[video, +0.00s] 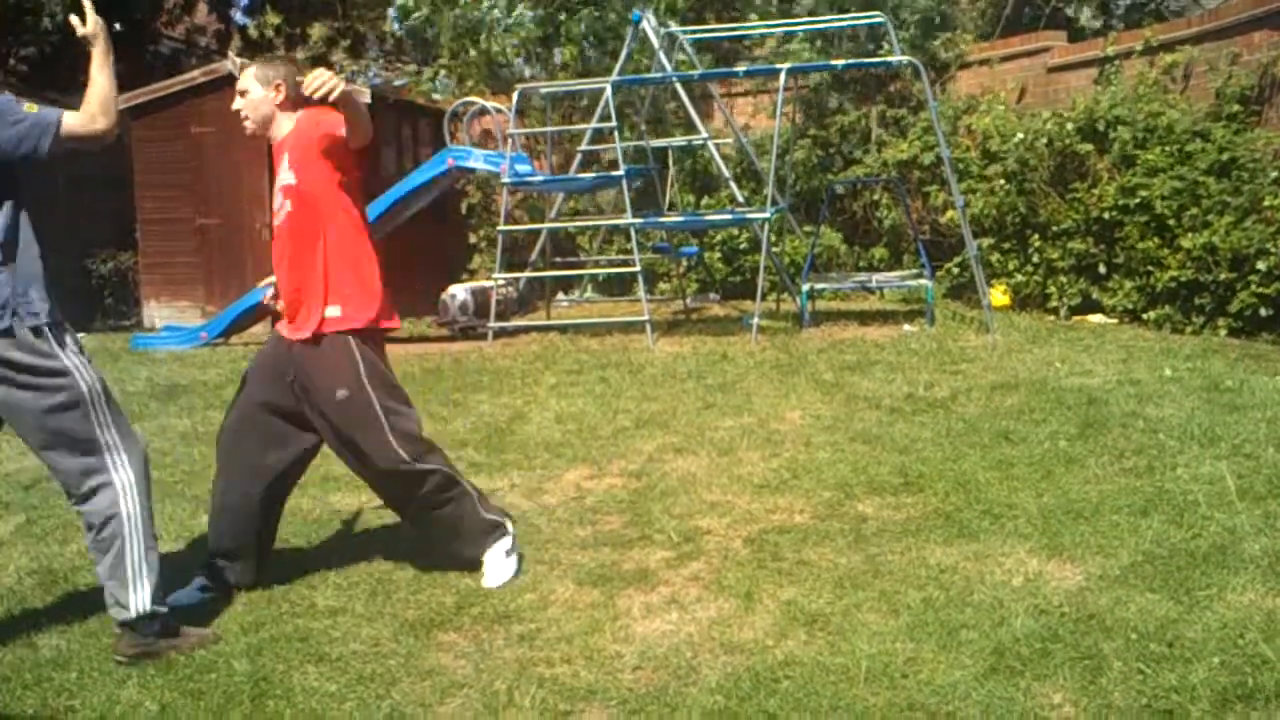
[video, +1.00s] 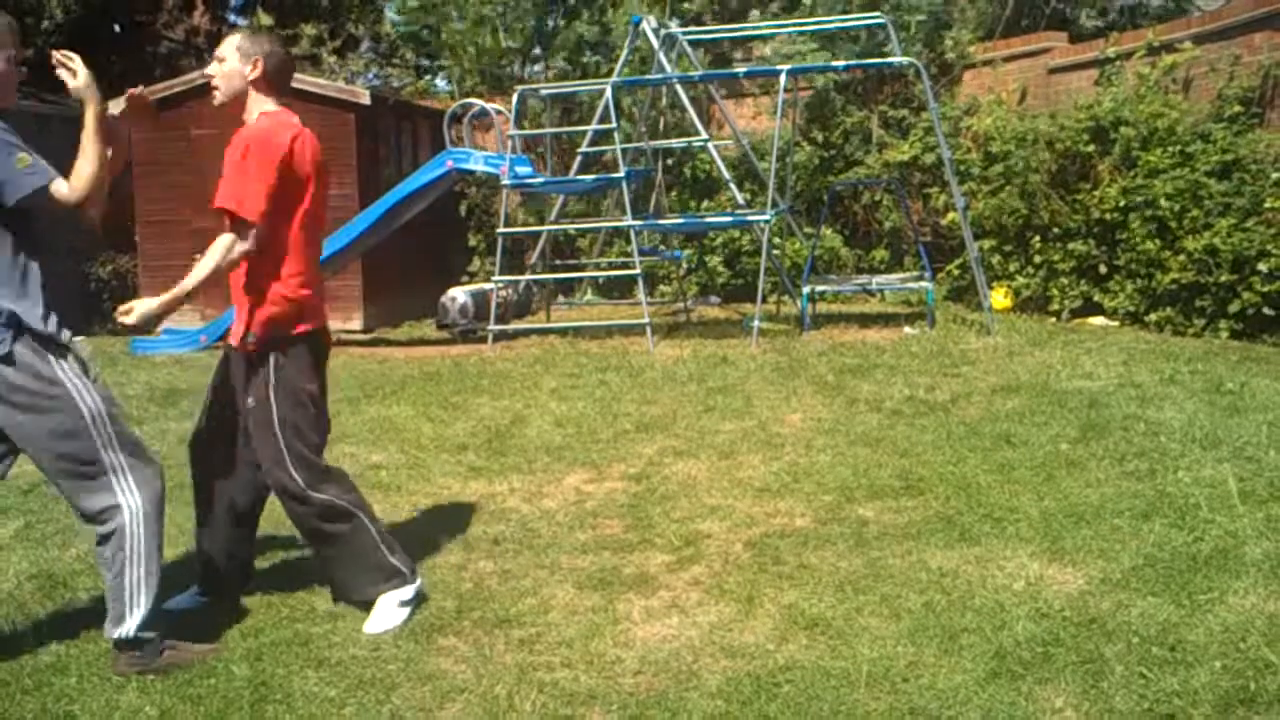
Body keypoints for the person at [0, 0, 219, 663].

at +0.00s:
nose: (17, 74)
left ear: (13, 76)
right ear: (8, 74)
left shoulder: (10, 118)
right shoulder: (3, 117)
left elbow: (96, 122)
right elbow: (99, 122)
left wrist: (98, 48)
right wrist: (99, 41)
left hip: (15, 321)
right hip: (14, 323)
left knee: (105, 455)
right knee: (109, 455)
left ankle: (137, 610)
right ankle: (139, 620)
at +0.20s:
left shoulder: (10, 112)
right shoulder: (7, 110)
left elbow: (89, 89)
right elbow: (92, 89)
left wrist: (139, 22)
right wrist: (141, 20)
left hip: (18, 325)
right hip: (15, 327)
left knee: (113, 466)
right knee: (118, 467)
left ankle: (137, 619)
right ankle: (139, 629)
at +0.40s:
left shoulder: (9, 138)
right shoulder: (4, 128)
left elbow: (30, 200)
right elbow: (76, 132)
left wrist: (55, 120)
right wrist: (70, 62)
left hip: (15, 322)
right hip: (16, 324)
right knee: (115, 456)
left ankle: (138, 614)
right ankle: (141, 623)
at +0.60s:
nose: (13, 75)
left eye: (10, 66)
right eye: (11, 67)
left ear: (2, 80)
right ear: (7, 75)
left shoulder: (14, 133)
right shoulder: (15, 132)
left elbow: (29, 146)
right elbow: (109, 185)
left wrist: (82, 115)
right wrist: (127, 157)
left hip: (15, 339)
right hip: (25, 340)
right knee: (107, 471)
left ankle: (155, 619)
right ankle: (156, 629)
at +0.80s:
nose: (14, 69)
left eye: (11, 58)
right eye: (8, 60)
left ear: (3, 70)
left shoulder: (9, 125)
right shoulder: (6, 126)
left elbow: (25, 178)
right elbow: (105, 196)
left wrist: (73, 143)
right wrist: (112, 178)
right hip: (20, 339)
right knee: (101, 472)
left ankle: (149, 624)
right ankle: (152, 633)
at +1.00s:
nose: (15, 69)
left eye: (15, 58)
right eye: (8, 58)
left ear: (13, 65)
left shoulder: (10, 136)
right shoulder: (2, 139)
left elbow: (79, 214)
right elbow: (75, 197)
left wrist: (114, 143)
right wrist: (90, 103)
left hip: (20, 339)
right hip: (21, 341)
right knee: (128, 478)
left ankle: (134, 626)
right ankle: (135, 638)